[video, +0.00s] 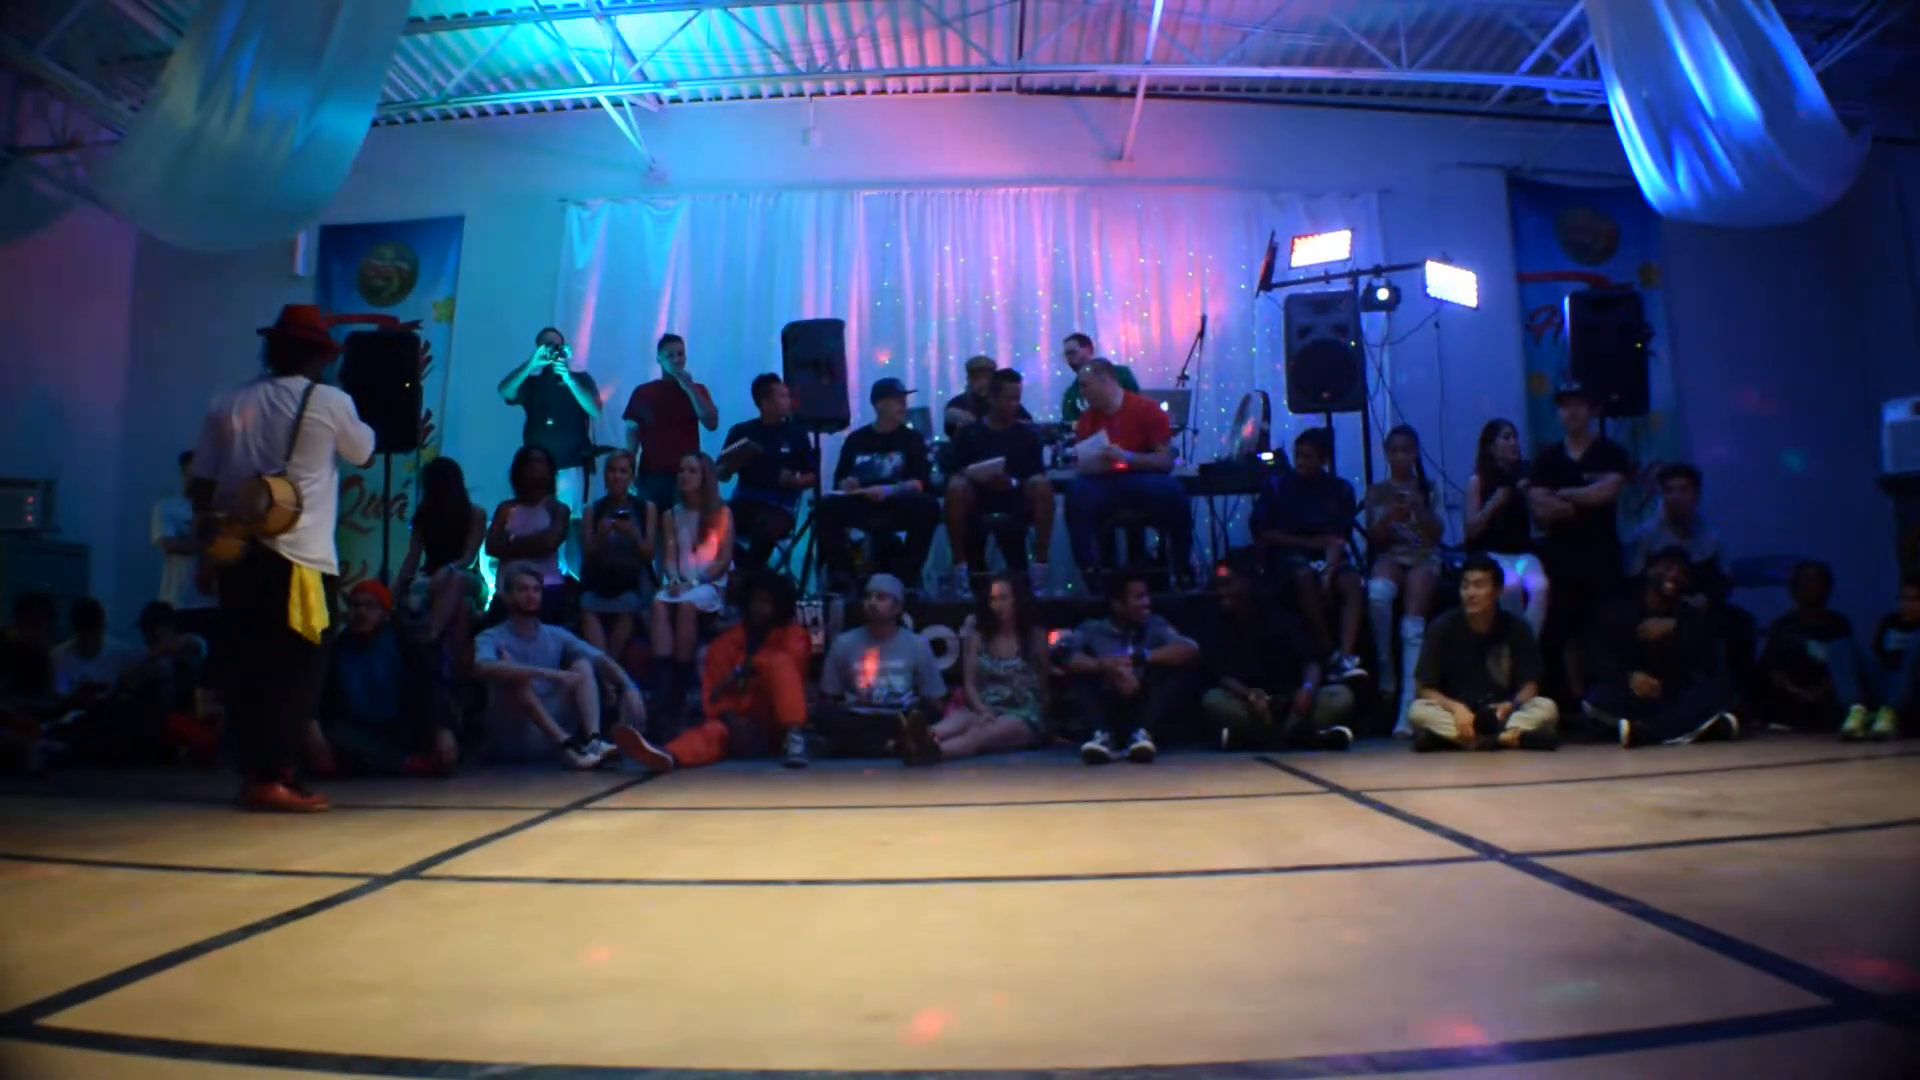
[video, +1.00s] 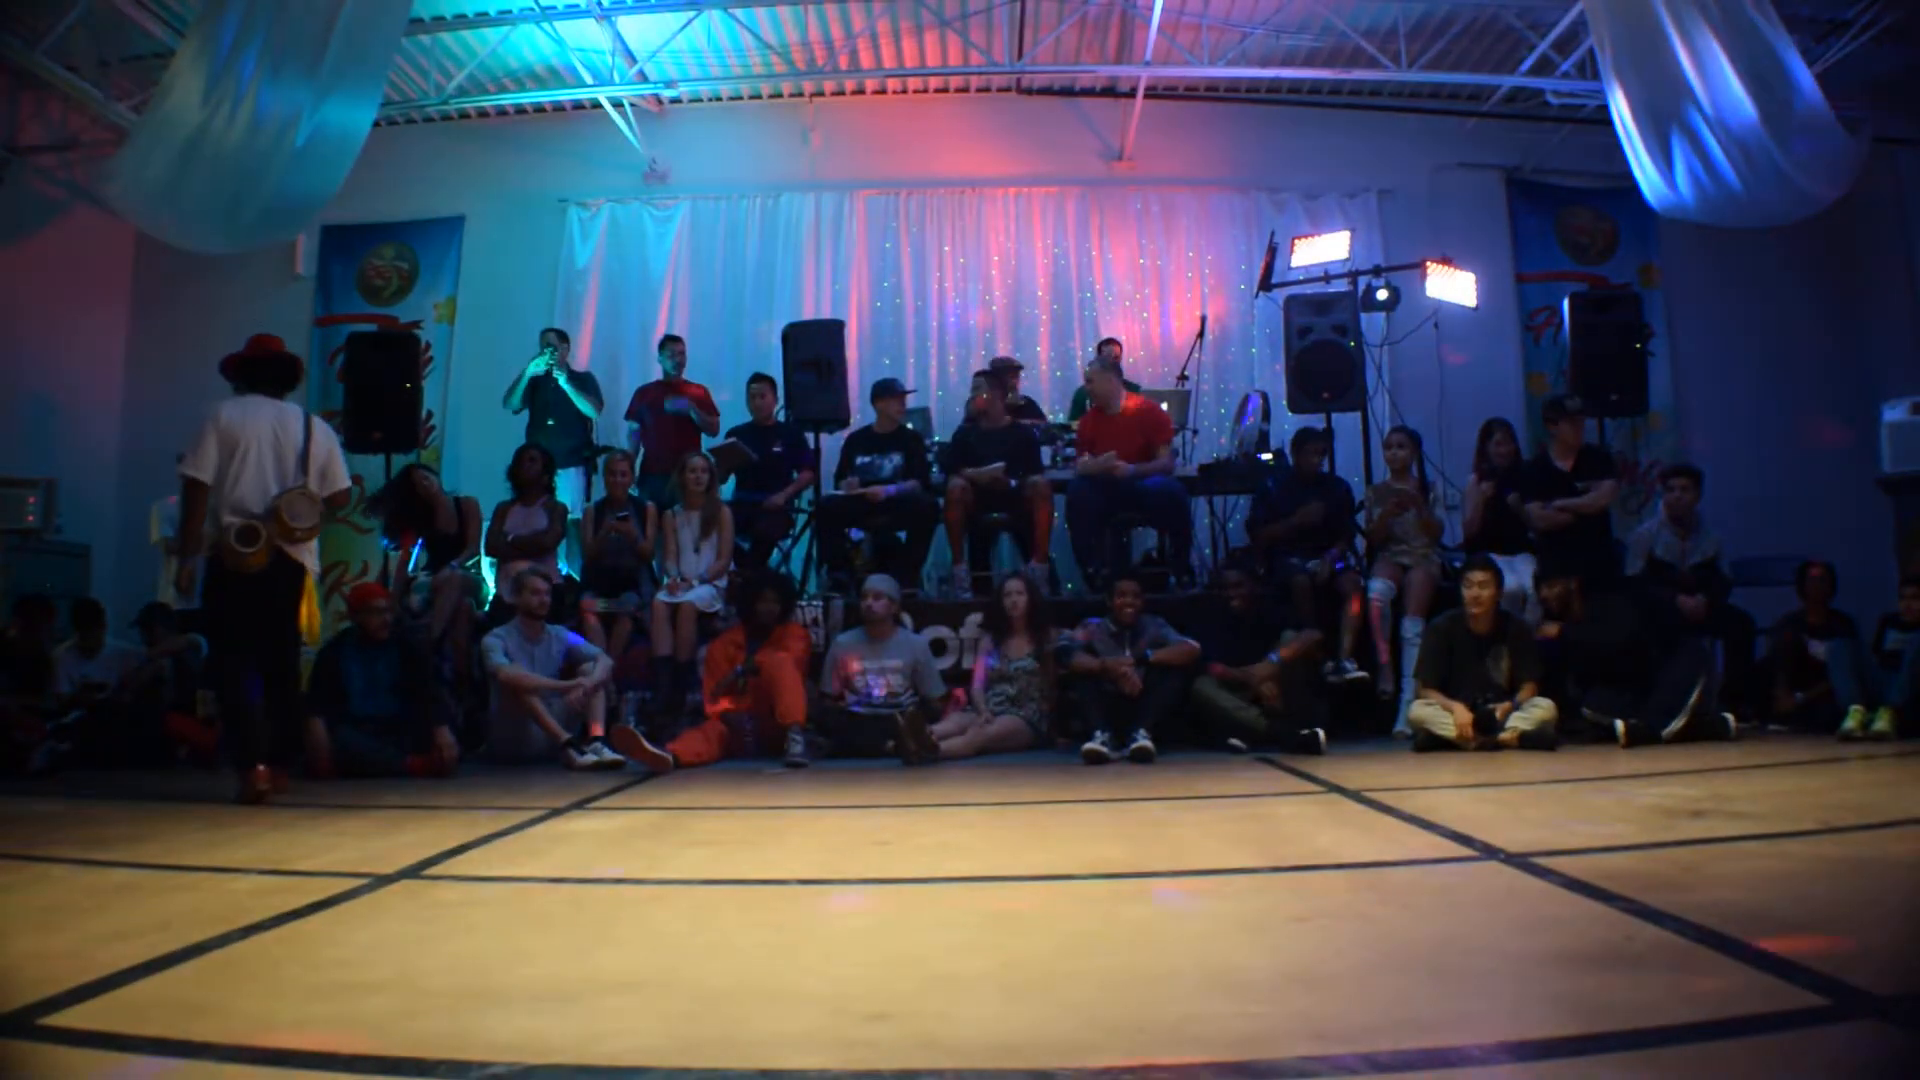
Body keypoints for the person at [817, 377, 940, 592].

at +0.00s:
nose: (903, 407)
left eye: (904, 401)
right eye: (897, 401)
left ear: (905, 403)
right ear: (879, 405)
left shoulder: (912, 439)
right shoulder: (856, 439)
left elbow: (921, 482)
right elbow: (839, 481)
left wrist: (888, 491)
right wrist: (847, 484)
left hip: (898, 500)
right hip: (861, 500)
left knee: (927, 508)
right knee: (827, 508)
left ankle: (906, 579)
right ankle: (841, 578)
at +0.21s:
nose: (903, 406)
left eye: (904, 400)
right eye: (896, 400)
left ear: (905, 403)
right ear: (879, 404)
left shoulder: (912, 439)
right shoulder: (856, 439)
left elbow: (921, 481)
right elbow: (839, 481)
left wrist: (887, 491)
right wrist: (848, 485)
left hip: (898, 501)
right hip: (861, 501)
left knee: (927, 508)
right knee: (827, 508)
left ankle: (907, 577)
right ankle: (840, 575)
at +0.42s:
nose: (902, 406)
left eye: (903, 400)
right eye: (896, 400)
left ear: (905, 403)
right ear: (879, 405)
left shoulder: (912, 439)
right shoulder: (856, 439)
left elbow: (921, 481)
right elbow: (840, 480)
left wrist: (888, 491)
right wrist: (848, 485)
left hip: (898, 500)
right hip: (861, 500)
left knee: (927, 508)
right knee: (827, 507)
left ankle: (908, 578)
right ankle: (840, 576)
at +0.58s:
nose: (902, 405)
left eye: (903, 400)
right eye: (896, 400)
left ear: (905, 402)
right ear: (878, 404)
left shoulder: (912, 439)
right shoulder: (856, 440)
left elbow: (921, 482)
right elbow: (840, 480)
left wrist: (887, 491)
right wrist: (848, 485)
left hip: (898, 502)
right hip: (861, 502)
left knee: (927, 508)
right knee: (826, 507)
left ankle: (908, 578)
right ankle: (840, 576)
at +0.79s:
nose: (902, 405)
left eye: (903, 400)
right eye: (896, 400)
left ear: (905, 402)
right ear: (878, 404)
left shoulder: (912, 439)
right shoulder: (856, 440)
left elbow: (921, 482)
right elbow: (840, 479)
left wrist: (887, 491)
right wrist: (848, 485)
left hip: (898, 501)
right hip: (861, 501)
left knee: (927, 508)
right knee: (826, 507)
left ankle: (908, 578)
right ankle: (839, 576)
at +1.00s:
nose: (902, 405)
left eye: (903, 400)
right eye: (896, 400)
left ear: (905, 402)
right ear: (878, 404)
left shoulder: (912, 439)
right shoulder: (855, 440)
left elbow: (921, 481)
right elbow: (840, 480)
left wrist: (888, 491)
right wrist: (848, 485)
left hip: (898, 502)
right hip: (861, 502)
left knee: (927, 508)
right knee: (826, 507)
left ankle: (908, 578)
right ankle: (839, 576)